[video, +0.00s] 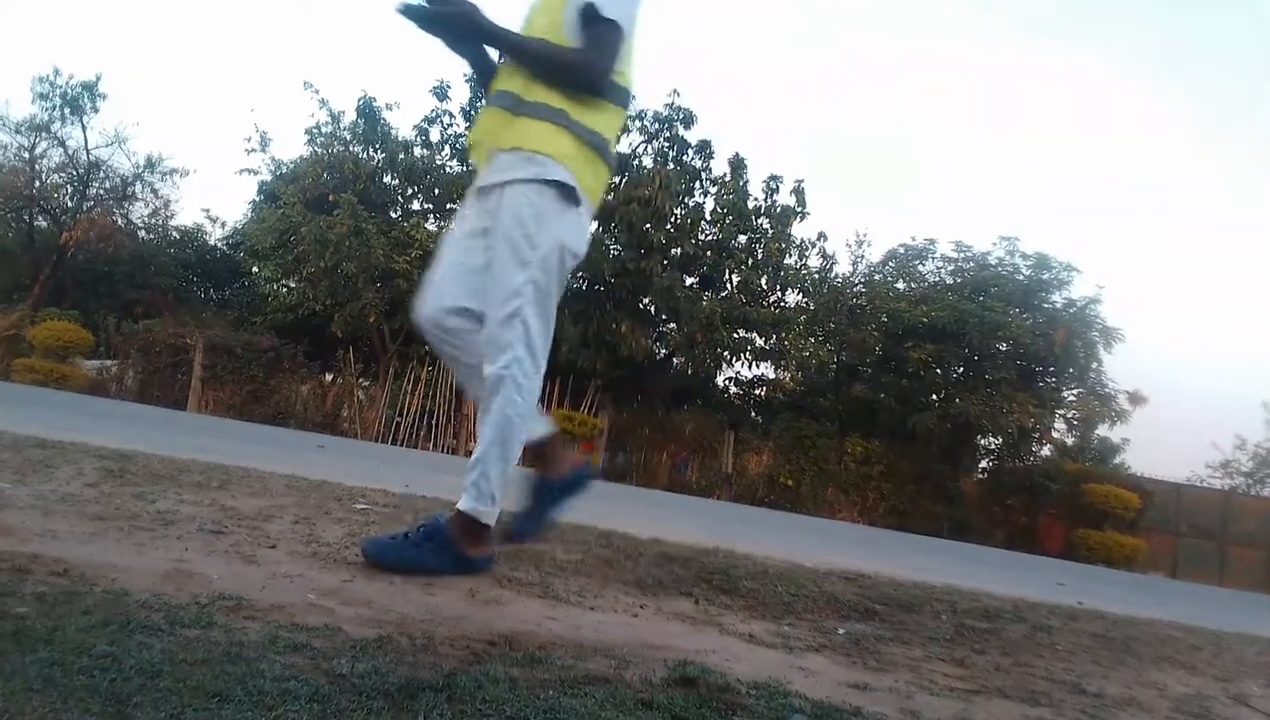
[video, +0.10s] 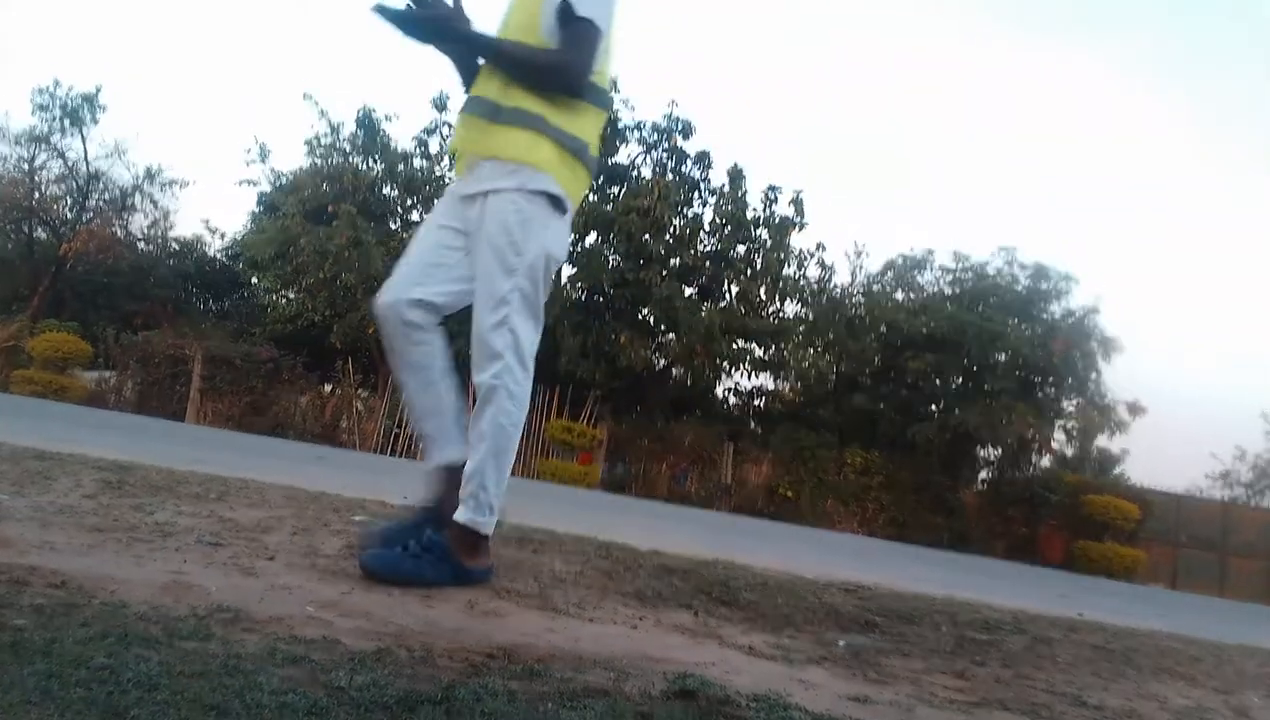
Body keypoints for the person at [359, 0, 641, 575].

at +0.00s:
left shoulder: (604, 3)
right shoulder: (547, 20)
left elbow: (593, 73)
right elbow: (514, 107)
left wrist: (488, 29)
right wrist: (469, 48)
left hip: (548, 178)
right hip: (493, 178)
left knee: (515, 344)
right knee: (442, 311)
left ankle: (472, 526)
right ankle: (556, 456)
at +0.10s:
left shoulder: (583, 3)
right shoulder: (521, 17)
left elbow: (571, 74)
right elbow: (494, 102)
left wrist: (461, 38)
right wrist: (456, 35)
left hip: (530, 182)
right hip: (471, 180)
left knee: (503, 353)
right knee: (403, 305)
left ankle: (470, 536)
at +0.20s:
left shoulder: (561, 3)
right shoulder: (500, 15)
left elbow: (548, 86)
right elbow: (475, 110)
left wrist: (443, 47)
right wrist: (434, 48)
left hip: (515, 200)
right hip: (454, 198)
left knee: (493, 370)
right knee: (384, 326)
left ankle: (468, 555)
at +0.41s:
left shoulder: (508, 6)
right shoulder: (432, 17)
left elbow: (513, 67)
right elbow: (408, 94)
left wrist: (392, 32)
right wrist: (366, 37)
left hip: (454, 173)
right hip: (389, 174)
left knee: (447, 353)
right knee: (338, 347)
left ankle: (465, 541)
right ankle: (264, 513)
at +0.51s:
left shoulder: (480, 5)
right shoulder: (401, 18)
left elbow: (487, 59)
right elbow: (380, 91)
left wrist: (370, 18)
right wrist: (335, 32)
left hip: (425, 157)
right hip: (358, 161)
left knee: (397, 327)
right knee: (318, 342)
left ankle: (459, 529)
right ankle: (263, 512)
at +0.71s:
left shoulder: (456, 4)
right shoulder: (364, 10)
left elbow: (451, 46)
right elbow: (330, 73)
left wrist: (354, 5)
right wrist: (311, 9)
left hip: (393, 132)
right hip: (327, 132)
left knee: (337, 300)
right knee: (301, 331)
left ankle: (391, 509)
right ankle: (264, 512)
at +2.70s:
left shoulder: (447, 9)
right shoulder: (338, 21)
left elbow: (440, 30)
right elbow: (322, 38)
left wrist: (347, 0)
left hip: (378, 134)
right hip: (307, 129)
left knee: (353, 337)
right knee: (290, 333)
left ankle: (328, 523)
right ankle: (262, 508)